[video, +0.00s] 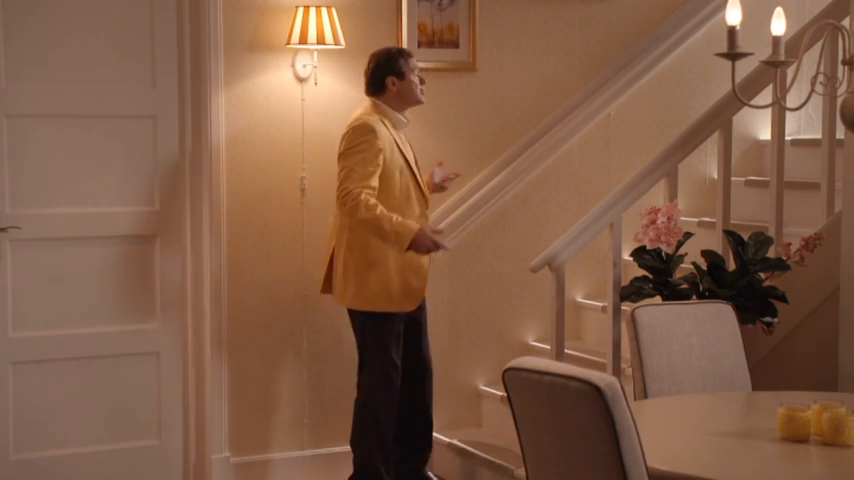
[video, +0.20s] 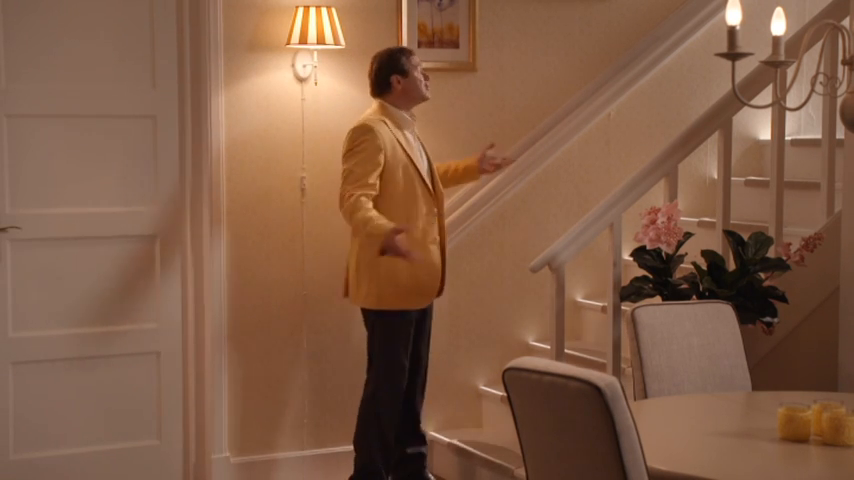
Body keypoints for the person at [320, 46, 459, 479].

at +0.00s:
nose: (423, 83)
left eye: (421, 75)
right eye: (416, 75)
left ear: (392, 83)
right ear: (392, 82)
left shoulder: (391, 130)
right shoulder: (366, 128)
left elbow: (396, 200)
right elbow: (354, 200)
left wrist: (430, 184)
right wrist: (409, 233)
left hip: (402, 278)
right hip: (375, 281)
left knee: (416, 378)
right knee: (381, 381)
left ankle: (411, 469)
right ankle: (370, 474)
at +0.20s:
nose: (427, 80)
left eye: (425, 73)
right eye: (421, 73)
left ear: (398, 83)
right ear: (397, 81)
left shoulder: (405, 130)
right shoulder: (369, 131)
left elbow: (424, 179)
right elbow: (354, 200)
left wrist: (474, 166)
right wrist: (384, 233)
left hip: (418, 277)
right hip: (388, 280)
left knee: (412, 380)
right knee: (387, 382)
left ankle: (410, 470)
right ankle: (370, 473)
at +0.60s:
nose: (442, 80)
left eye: (440, 74)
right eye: (434, 74)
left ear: (417, 83)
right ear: (408, 82)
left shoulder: (439, 126)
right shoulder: (377, 127)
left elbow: (468, 152)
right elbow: (338, 173)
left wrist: (510, 110)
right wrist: (317, 153)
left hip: (449, 264)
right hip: (410, 265)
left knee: (436, 381)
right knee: (403, 379)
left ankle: (416, 471)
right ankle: (381, 474)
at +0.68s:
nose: (445, 82)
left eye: (443, 76)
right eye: (437, 76)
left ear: (419, 85)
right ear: (410, 84)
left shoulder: (441, 130)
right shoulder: (377, 132)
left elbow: (470, 164)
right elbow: (342, 177)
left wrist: (518, 135)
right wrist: (327, 170)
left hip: (448, 265)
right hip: (410, 267)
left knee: (434, 382)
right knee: (402, 381)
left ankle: (414, 473)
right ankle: (380, 476)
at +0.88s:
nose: (457, 85)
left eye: (457, 79)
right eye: (450, 78)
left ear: (433, 86)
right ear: (423, 84)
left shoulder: (444, 137)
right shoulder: (385, 131)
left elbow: (449, 207)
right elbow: (353, 194)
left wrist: (477, 245)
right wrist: (346, 251)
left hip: (449, 265)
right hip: (408, 266)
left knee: (431, 379)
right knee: (399, 377)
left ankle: (414, 471)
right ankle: (379, 473)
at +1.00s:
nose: (468, 84)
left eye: (466, 77)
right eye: (460, 77)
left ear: (439, 85)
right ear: (434, 84)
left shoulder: (448, 137)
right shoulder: (393, 130)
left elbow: (454, 205)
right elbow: (368, 202)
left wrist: (460, 257)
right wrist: (378, 265)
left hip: (446, 265)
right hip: (409, 265)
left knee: (429, 377)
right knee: (397, 376)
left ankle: (414, 470)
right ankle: (378, 473)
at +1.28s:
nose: (488, 94)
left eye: (486, 86)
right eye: (481, 85)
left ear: (460, 91)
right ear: (455, 88)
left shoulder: (454, 139)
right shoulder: (416, 125)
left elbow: (451, 211)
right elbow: (376, 184)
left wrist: (487, 244)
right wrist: (382, 246)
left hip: (435, 267)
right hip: (398, 266)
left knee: (420, 371)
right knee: (387, 371)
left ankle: (411, 468)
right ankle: (377, 471)